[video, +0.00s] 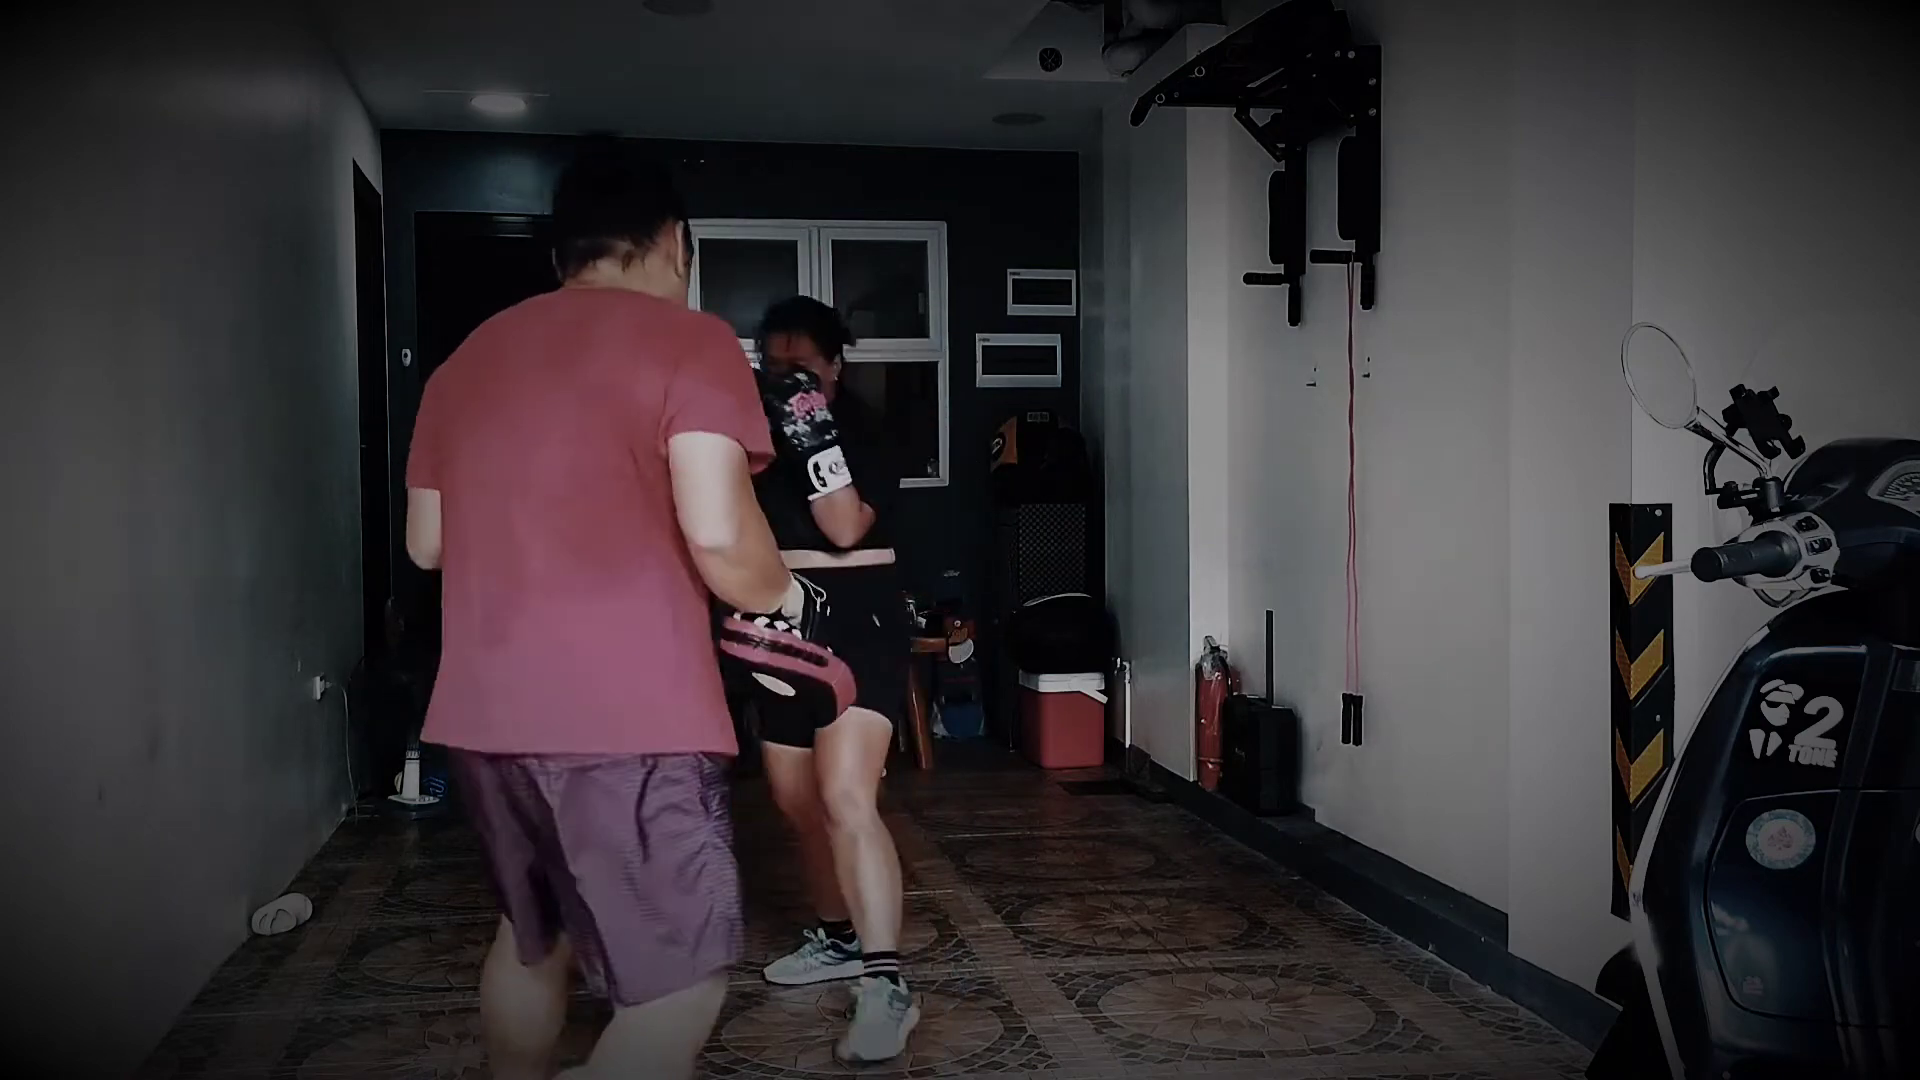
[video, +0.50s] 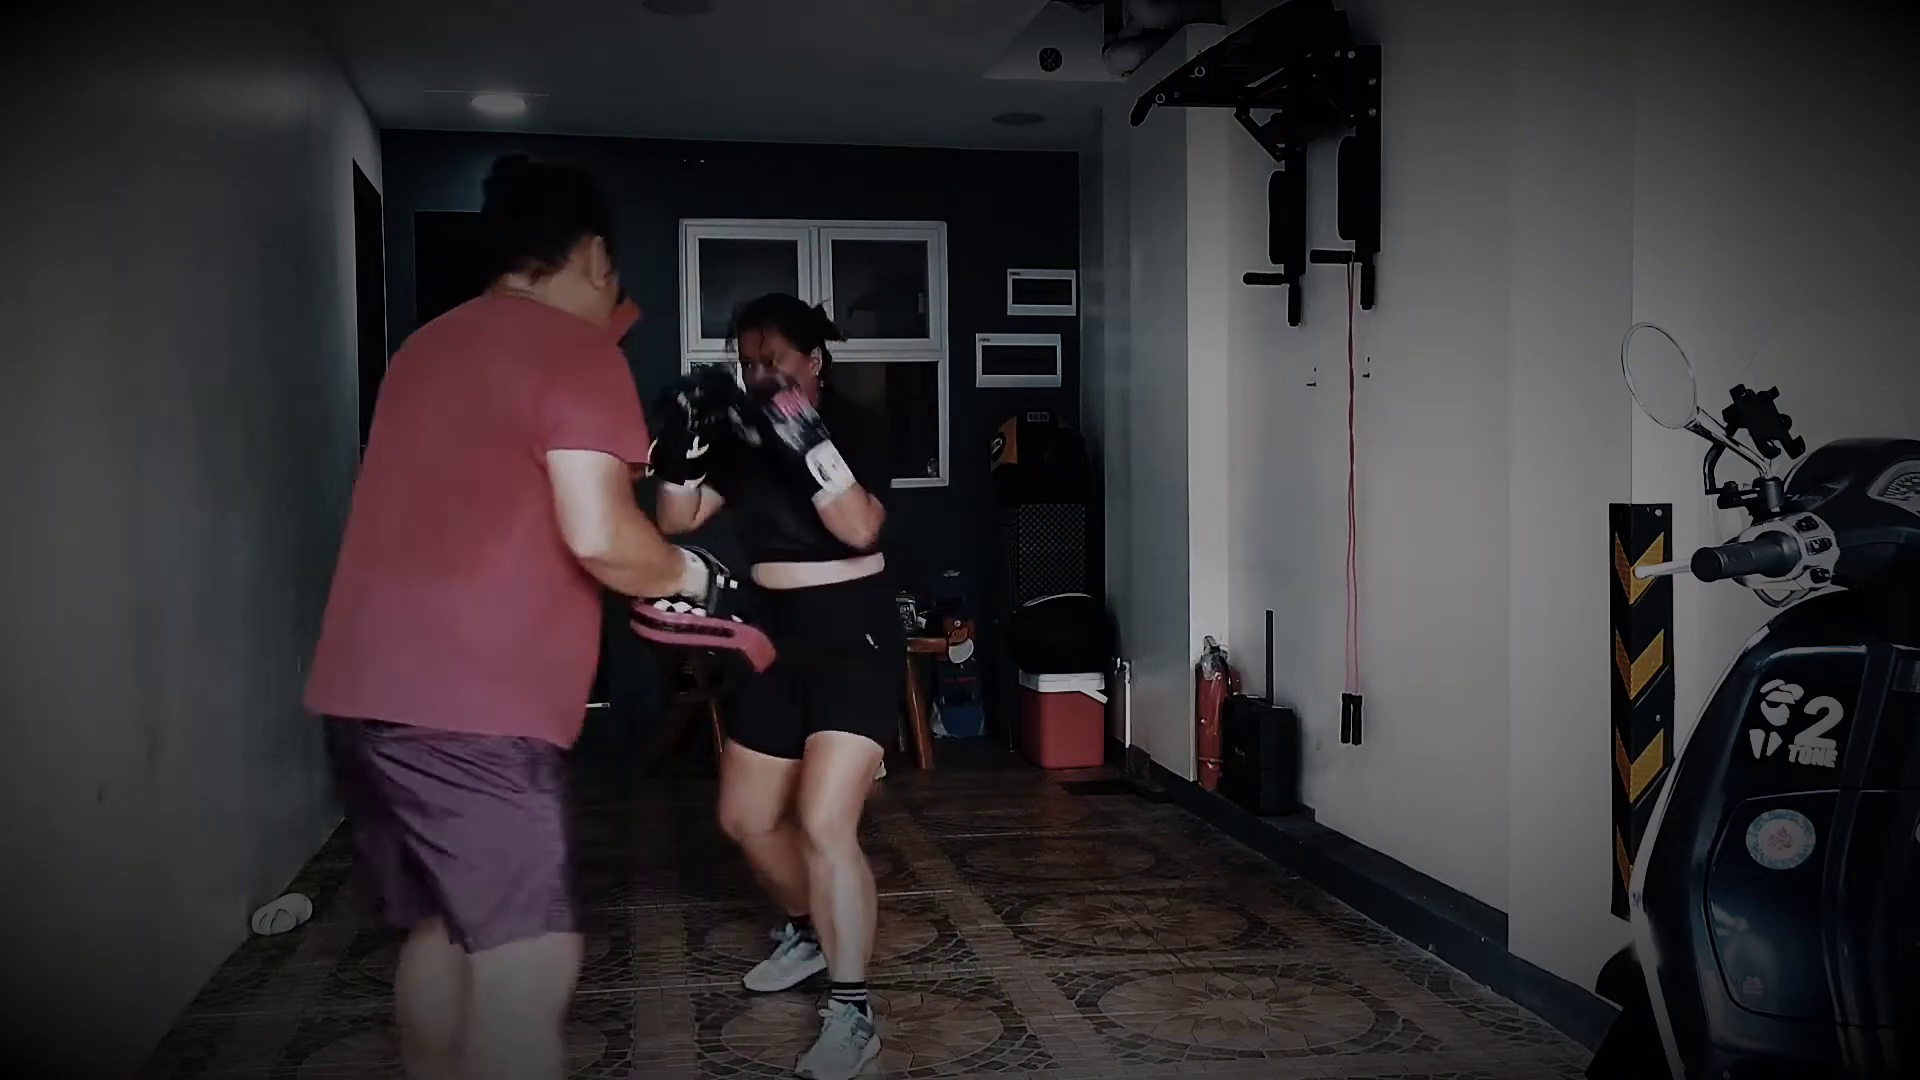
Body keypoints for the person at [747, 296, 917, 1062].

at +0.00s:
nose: (785, 378)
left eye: (799, 365)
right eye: (773, 365)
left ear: (834, 362)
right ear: (756, 365)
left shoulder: (861, 427)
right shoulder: (745, 424)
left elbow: (845, 526)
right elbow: (716, 509)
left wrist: (815, 433)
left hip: (859, 612)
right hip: (769, 611)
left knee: (845, 796)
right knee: (794, 797)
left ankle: (884, 978)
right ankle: (838, 933)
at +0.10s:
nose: (772, 375)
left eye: (786, 363)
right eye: (761, 363)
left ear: (823, 362)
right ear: (745, 363)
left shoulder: (850, 424)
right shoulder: (742, 427)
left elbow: (838, 522)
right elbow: (722, 520)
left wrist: (801, 428)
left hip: (854, 611)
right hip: (772, 613)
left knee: (848, 805)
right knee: (808, 796)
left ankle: (869, 990)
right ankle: (843, 936)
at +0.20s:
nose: (766, 380)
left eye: (779, 366)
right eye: (755, 369)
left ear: (817, 361)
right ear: (742, 371)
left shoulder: (851, 428)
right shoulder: (744, 430)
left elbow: (831, 526)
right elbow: (722, 522)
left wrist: (794, 432)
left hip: (857, 619)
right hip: (777, 620)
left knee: (846, 821)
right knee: (816, 804)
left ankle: (859, 999)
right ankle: (836, 942)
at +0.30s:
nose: (759, 377)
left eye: (772, 361)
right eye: (749, 365)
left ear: (814, 356)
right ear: (735, 368)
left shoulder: (849, 423)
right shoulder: (744, 430)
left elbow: (828, 517)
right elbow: (715, 524)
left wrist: (786, 426)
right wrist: (717, 450)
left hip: (856, 619)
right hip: (773, 619)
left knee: (853, 817)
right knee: (800, 803)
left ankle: (864, 1001)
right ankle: (832, 934)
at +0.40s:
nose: (759, 370)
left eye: (772, 355)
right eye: (750, 357)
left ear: (813, 356)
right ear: (738, 361)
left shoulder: (853, 418)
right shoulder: (743, 426)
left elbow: (831, 506)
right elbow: (693, 509)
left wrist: (785, 415)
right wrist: (697, 426)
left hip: (856, 623)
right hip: (767, 621)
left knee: (848, 819)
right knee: (769, 807)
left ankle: (860, 1005)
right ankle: (824, 926)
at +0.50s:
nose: (761, 375)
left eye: (773, 360)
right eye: (749, 364)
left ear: (814, 358)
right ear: (741, 368)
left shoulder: (851, 423)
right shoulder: (737, 430)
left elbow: (861, 528)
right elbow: (677, 521)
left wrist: (809, 437)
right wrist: (686, 444)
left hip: (856, 636)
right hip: (769, 636)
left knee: (826, 820)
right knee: (747, 818)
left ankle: (851, 1008)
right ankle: (816, 929)